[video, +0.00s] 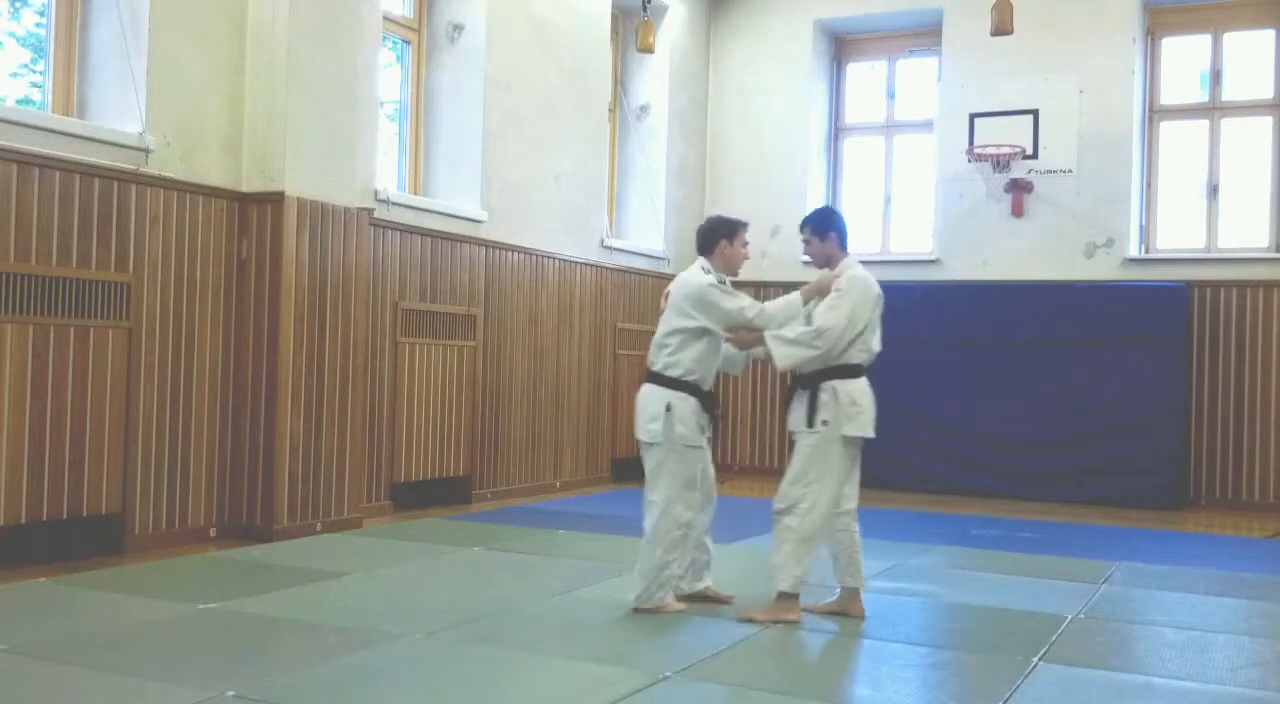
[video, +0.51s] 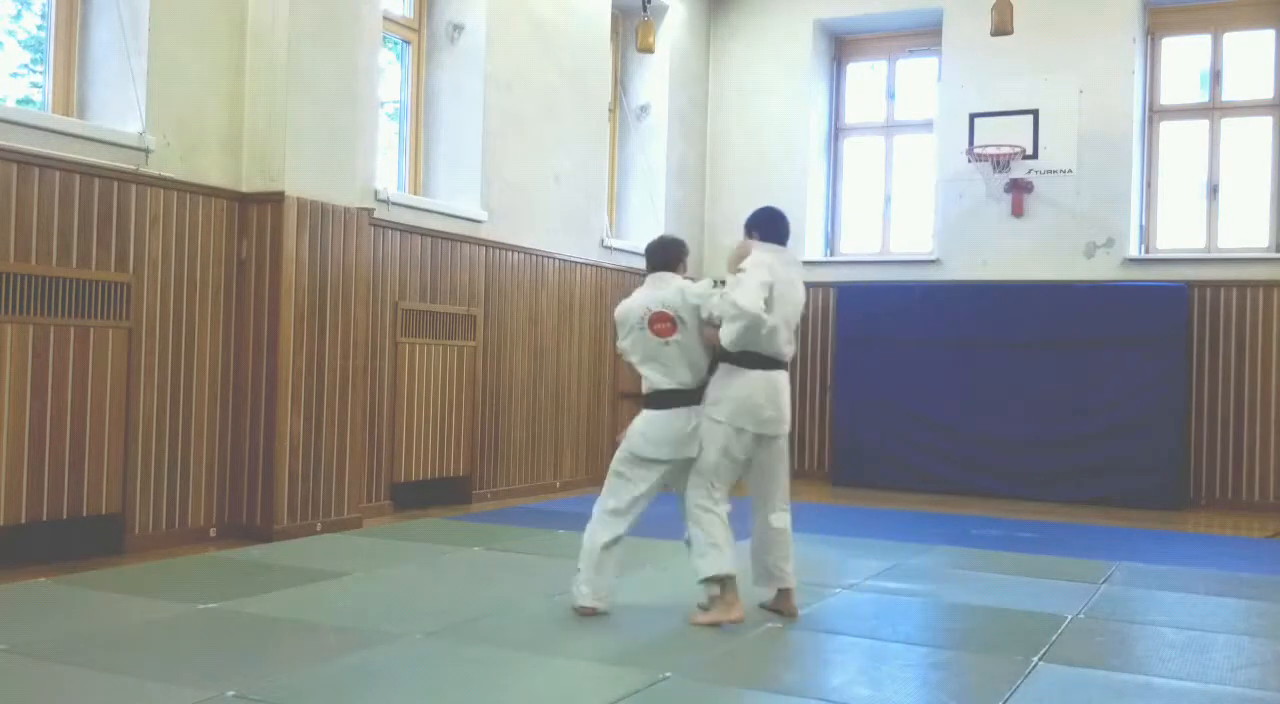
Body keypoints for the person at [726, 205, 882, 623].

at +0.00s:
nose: (806, 252)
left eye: (810, 243)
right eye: (804, 244)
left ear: (833, 238)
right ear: (829, 241)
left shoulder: (855, 282)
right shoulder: (837, 282)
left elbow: (824, 334)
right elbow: (806, 327)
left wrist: (763, 342)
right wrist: (756, 337)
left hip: (835, 399)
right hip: (834, 397)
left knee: (796, 501)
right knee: (839, 504)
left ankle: (786, 600)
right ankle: (850, 594)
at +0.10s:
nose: (792, 251)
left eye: (795, 243)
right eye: (790, 244)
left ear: (817, 238)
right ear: (816, 241)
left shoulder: (840, 282)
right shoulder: (827, 280)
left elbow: (817, 338)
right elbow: (796, 327)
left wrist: (755, 344)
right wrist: (744, 338)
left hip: (818, 398)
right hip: (824, 396)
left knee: (780, 500)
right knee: (824, 502)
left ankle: (784, 601)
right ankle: (846, 593)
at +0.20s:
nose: (777, 249)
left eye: (781, 241)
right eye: (775, 242)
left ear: (804, 236)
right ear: (802, 238)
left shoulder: (821, 277)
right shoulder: (807, 277)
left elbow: (805, 340)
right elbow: (767, 319)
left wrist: (748, 345)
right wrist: (726, 333)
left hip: (803, 396)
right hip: (809, 394)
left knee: (772, 501)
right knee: (808, 499)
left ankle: (782, 602)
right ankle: (826, 588)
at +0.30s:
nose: (765, 248)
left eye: (769, 240)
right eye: (765, 241)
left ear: (789, 237)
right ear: (795, 237)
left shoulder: (801, 275)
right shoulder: (810, 275)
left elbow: (790, 337)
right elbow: (780, 329)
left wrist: (734, 342)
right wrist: (724, 332)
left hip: (788, 394)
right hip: (804, 393)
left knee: (757, 492)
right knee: (792, 497)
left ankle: (780, 598)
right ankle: (787, 595)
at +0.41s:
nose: (754, 245)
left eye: (757, 238)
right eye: (755, 239)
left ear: (768, 235)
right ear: (794, 236)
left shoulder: (773, 269)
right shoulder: (809, 277)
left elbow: (782, 327)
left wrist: (732, 330)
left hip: (766, 396)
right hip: (800, 398)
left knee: (707, 484)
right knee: (780, 497)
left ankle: (743, 583)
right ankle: (786, 592)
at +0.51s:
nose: (742, 242)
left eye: (745, 235)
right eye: (745, 236)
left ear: (752, 235)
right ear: (784, 238)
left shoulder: (759, 263)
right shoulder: (795, 275)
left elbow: (746, 307)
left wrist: (725, 281)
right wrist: (736, 276)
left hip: (739, 388)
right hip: (777, 391)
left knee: (705, 490)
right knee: (773, 498)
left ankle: (725, 597)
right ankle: (784, 593)